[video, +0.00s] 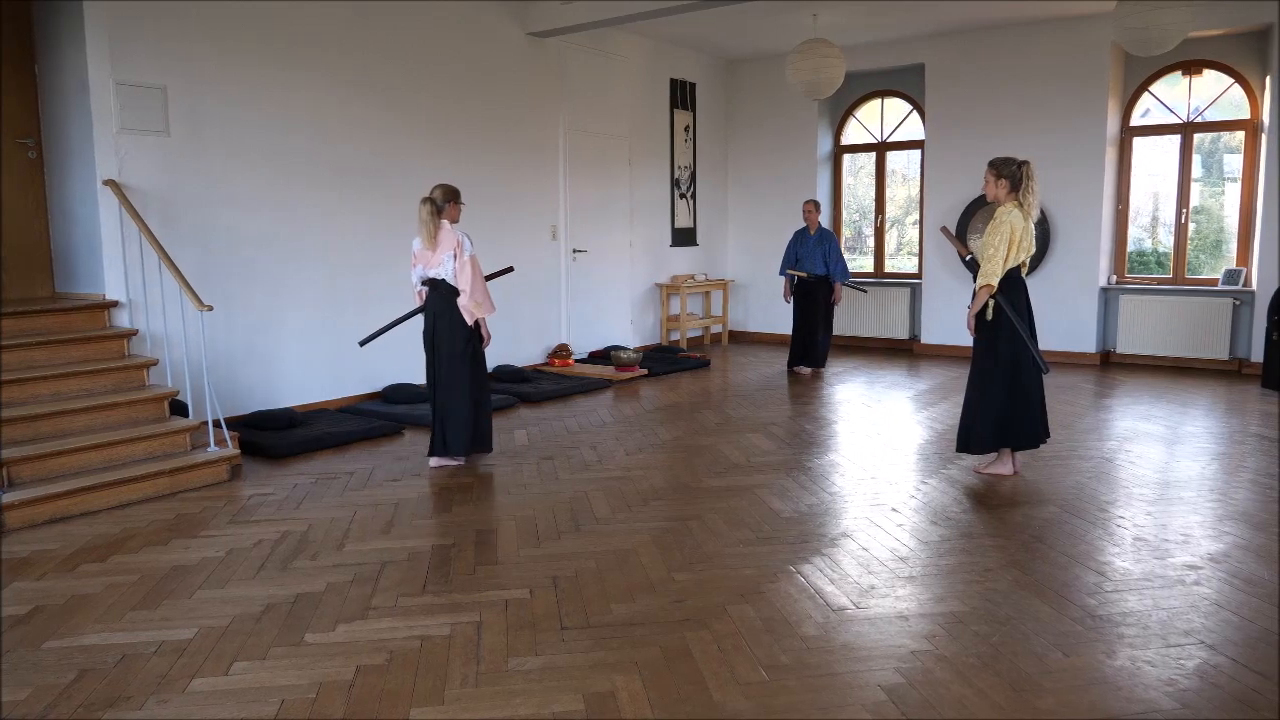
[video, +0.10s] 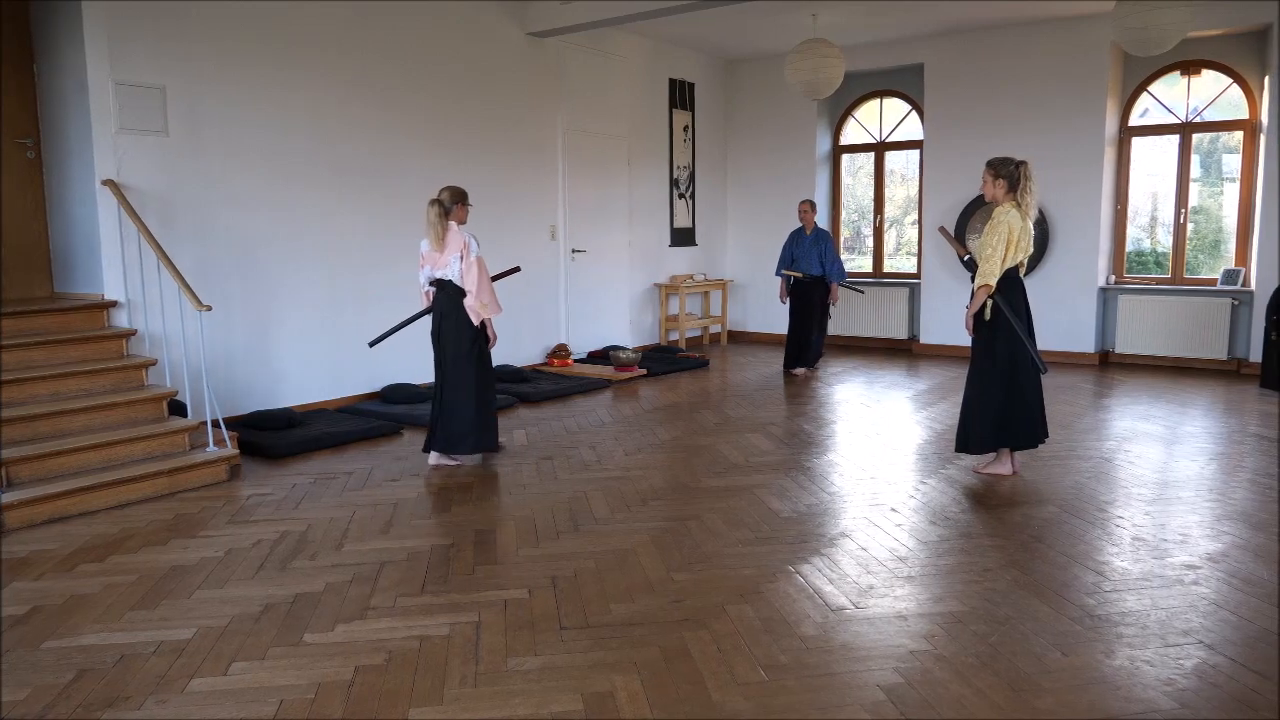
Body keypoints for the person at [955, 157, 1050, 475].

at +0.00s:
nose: (984, 187)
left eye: (988, 181)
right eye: (985, 181)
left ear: (1003, 184)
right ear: (1010, 185)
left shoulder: (1004, 217)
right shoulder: (1022, 216)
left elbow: (992, 269)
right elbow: (994, 266)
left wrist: (973, 308)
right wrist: (965, 251)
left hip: (1000, 302)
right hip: (1015, 298)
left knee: (1000, 375)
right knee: (1008, 375)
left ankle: (1005, 457)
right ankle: (1007, 454)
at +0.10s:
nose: (982, 187)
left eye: (986, 181)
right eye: (983, 181)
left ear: (1001, 185)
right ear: (1008, 185)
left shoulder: (1002, 217)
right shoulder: (1021, 216)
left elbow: (991, 270)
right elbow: (988, 268)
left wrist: (971, 309)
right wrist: (962, 250)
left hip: (999, 302)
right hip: (1014, 299)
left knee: (999, 375)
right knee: (1007, 375)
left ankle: (1004, 457)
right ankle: (1006, 455)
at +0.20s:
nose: (979, 187)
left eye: (983, 182)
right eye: (980, 181)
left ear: (999, 185)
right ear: (1006, 185)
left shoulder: (1000, 217)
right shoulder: (1019, 215)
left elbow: (989, 269)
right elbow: (987, 268)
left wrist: (969, 308)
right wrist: (959, 250)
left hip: (996, 301)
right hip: (1011, 298)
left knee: (997, 374)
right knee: (1006, 374)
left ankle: (1003, 457)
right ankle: (1005, 454)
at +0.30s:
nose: (976, 188)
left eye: (980, 183)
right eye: (977, 182)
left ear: (996, 185)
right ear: (1002, 186)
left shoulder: (997, 217)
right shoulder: (1016, 216)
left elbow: (986, 269)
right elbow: (998, 265)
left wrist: (967, 309)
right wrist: (962, 255)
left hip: (994, 301)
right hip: (1009, 298)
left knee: (997, 375)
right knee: (1002, 374)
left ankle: (1003, 457)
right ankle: (1002, 453)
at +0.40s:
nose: (973, 188)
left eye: (976, 183)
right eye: (973, 183)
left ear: (992, 186)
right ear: (998, 186)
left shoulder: (993, 217)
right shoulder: (1013, 215)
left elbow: (983, 269)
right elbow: (1006, 263)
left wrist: (964, 308)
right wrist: (965, 261)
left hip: (990, 301)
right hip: (1005, 298)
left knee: (995, 375)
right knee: (1000, 374)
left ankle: (1002, 457)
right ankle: (1001, 451)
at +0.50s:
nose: (966, 190)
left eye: (969, 184)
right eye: (966, 184)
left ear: (986, 188)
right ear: (990, 188)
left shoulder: (984, 220)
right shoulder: (1004, 216)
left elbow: (984, 275)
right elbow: (998, 266)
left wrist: (958, 300)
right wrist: (963, 282)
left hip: (987, 305)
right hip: (999, 302)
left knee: (994, 376)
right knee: (992, 375)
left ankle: (1001, 458)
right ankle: (994, 450)